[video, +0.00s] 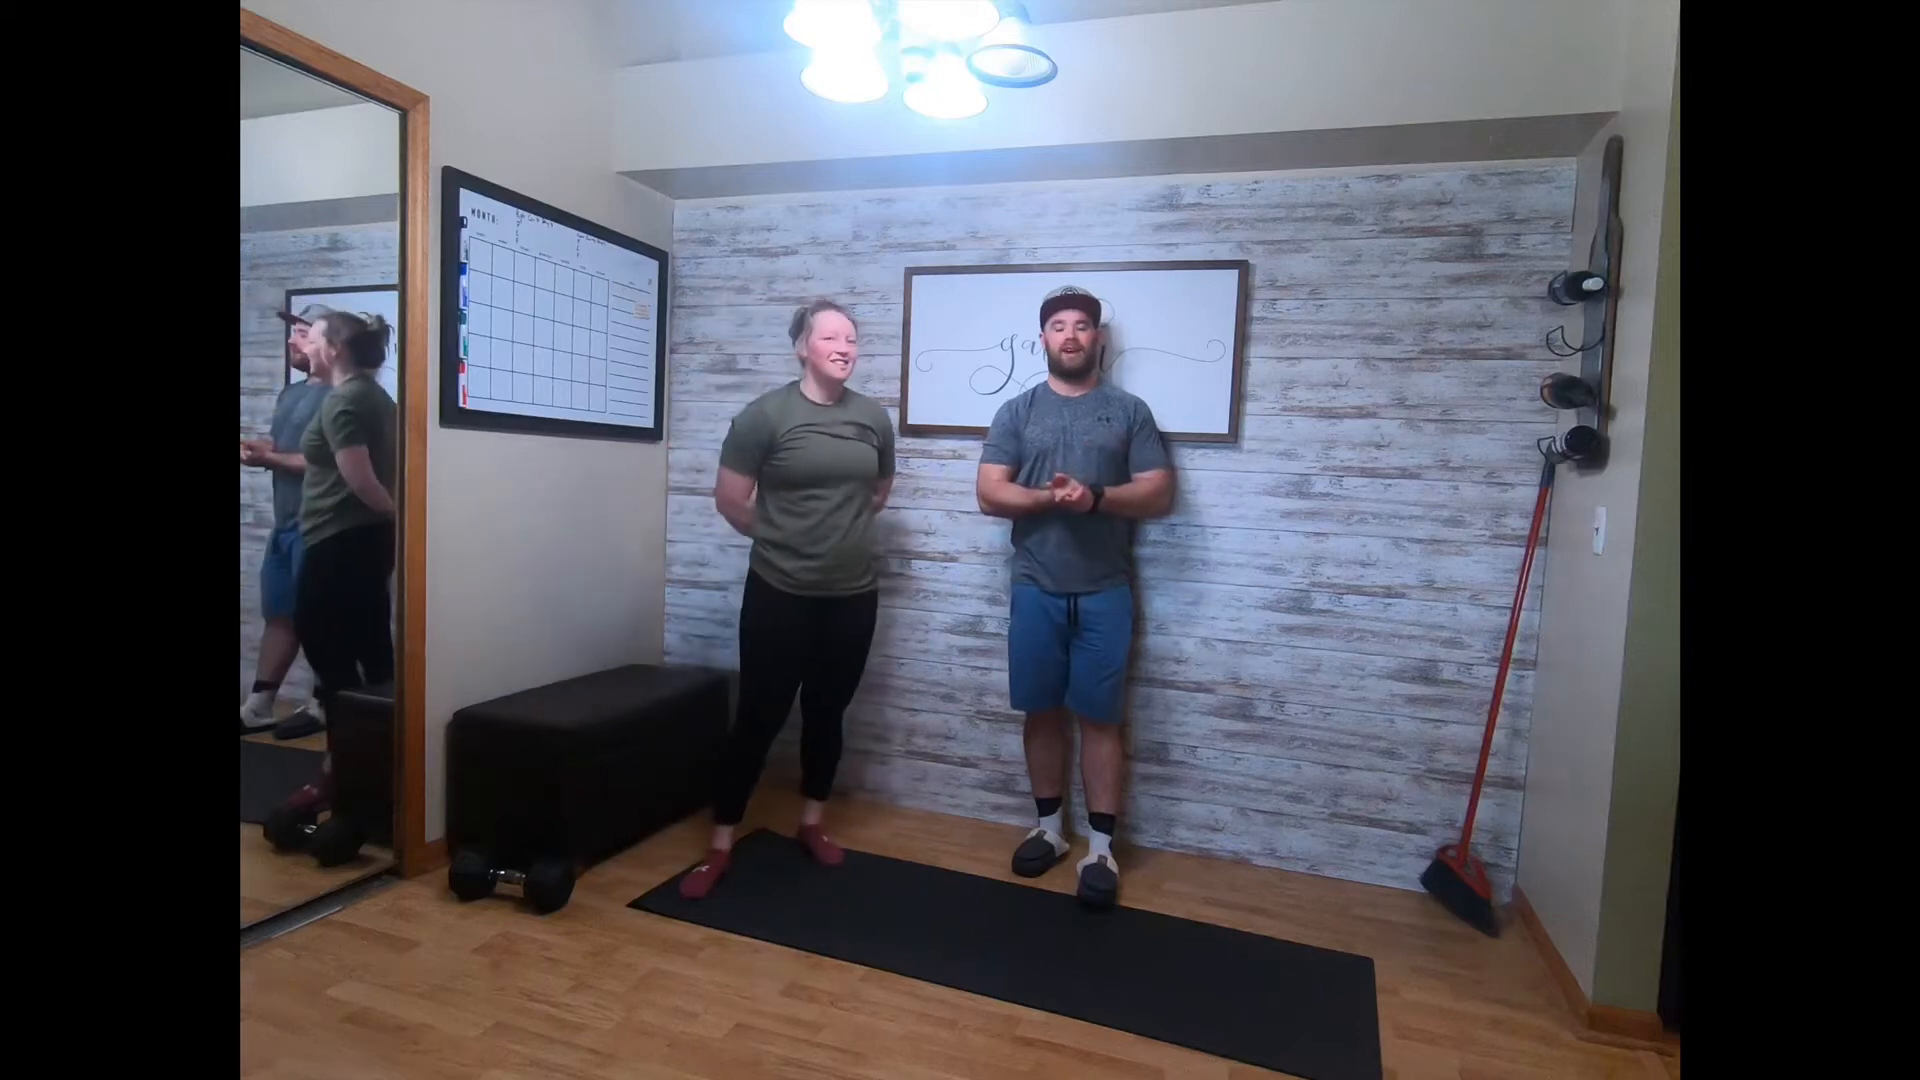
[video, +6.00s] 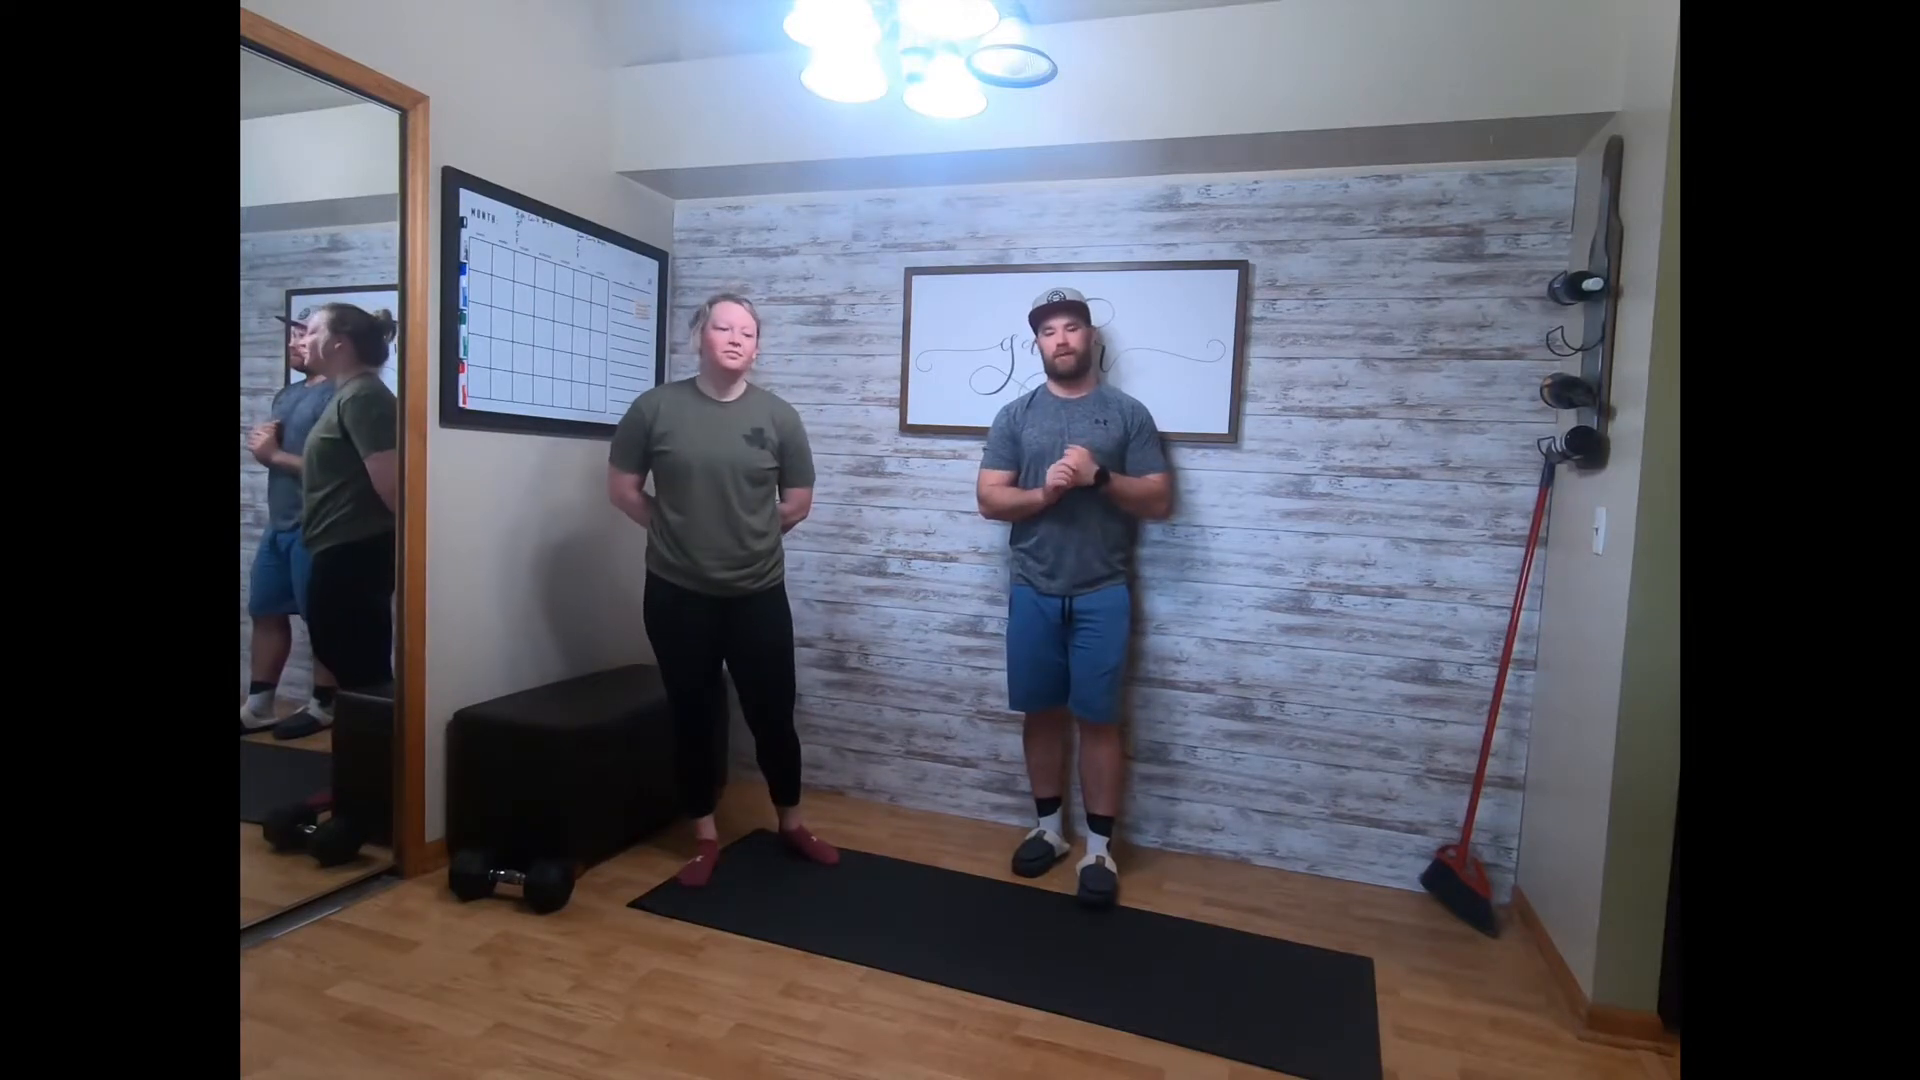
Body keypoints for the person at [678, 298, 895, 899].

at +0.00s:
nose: (844, 348)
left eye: (851, 340)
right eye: (832, 339)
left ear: (857, 351)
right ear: (802, 348)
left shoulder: (875, 420)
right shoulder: (765, 417)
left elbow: (879, 493)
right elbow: (730, 500)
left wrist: (833, 527)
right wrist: (785, 534)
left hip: (850, 596)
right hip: (778, 592)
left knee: (826, 714)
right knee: (758, 718)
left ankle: (813, 823)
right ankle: (721, 843)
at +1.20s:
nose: (767, 340)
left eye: (778, 332)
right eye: (757, 332)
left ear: (797, 344)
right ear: (740, 344)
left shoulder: (825, 415)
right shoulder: (704, 405)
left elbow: (840, 482)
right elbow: (667, 472)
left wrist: (794, 514)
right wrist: (714, 518)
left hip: (795, 594)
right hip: (717, 589)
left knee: (796, 716)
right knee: (713, 717)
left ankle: (808, 823)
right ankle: (708, 836)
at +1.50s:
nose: (743, 338)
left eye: (754, 330)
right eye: (732, 329)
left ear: (773, 343)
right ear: (715, 340)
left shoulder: (798, 404)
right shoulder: (681, 393)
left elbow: (844, 469)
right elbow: (615, 453)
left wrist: (836, 467)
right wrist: (659, 451)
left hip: (775, 590)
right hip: (696, 587)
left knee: (792, 715)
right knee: (703, 716)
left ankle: (808, 823)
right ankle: (706, 836)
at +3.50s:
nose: (751, 392)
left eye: (761, 381)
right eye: (741, 380)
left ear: (775, 367)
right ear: (717, 359)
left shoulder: (788, 410)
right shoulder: (667, 401)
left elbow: (816, 470)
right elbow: (613, 456)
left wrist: (805, 531)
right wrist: (624, 528)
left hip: (764, 587)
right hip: (686, 586)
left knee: (779, 709)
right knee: (696, 713)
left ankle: (797, 824)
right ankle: (707, 838)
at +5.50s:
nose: (733, 343)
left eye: (744, 334)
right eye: (722, 332)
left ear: (757, 345)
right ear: (702, 341)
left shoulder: (785, 417)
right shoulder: (661, 411)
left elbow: (805, 506)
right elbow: (628, 493)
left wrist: (746, 529)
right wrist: (684, 528)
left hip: (763, 593)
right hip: (682, 592)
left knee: (781, 716)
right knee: (696, 719)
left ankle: (799, 825)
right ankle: (707, 838)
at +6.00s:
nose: (736, 338)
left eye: (746, 332)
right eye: (724, 328)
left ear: (757, 348)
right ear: (699, 339)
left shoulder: (779, 416)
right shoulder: (654, 408)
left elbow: (798, 503)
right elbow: (622, 491)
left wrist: (742, 531)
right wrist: (677, 528)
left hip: (757, 592)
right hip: (678, 591)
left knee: (775, 716)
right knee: (694, 719)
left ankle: (791, 825)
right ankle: (707, 840)